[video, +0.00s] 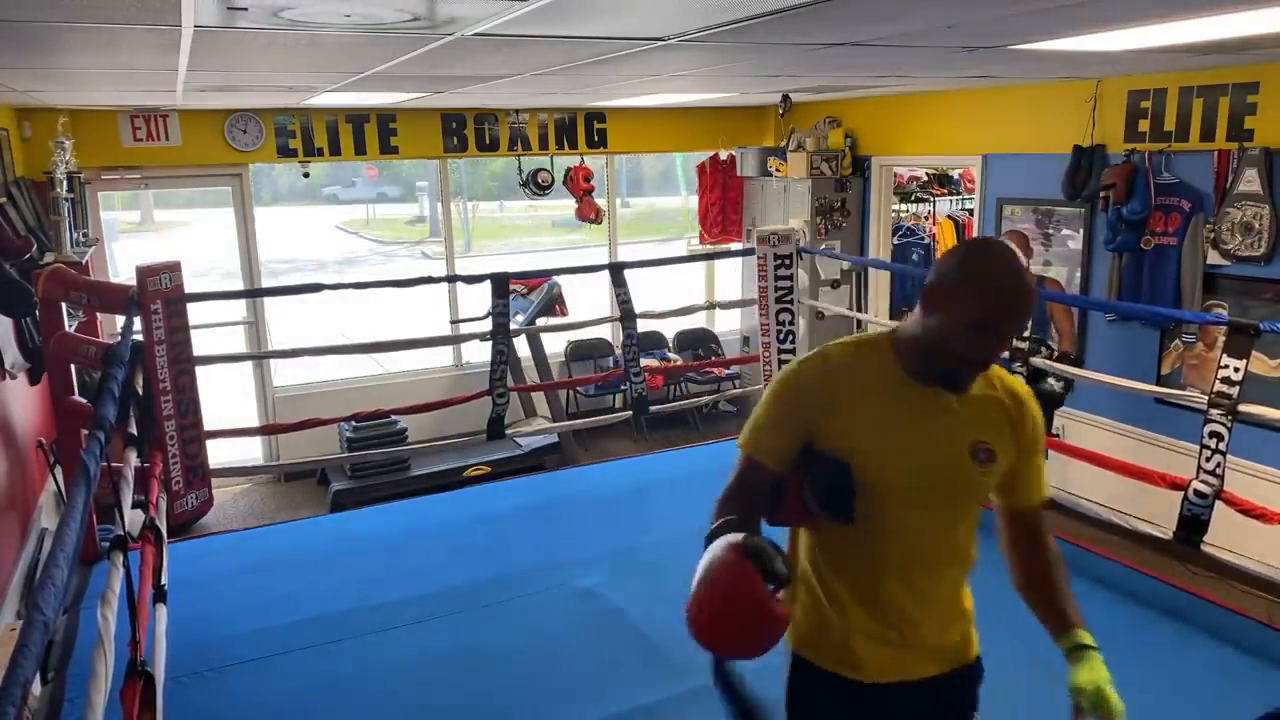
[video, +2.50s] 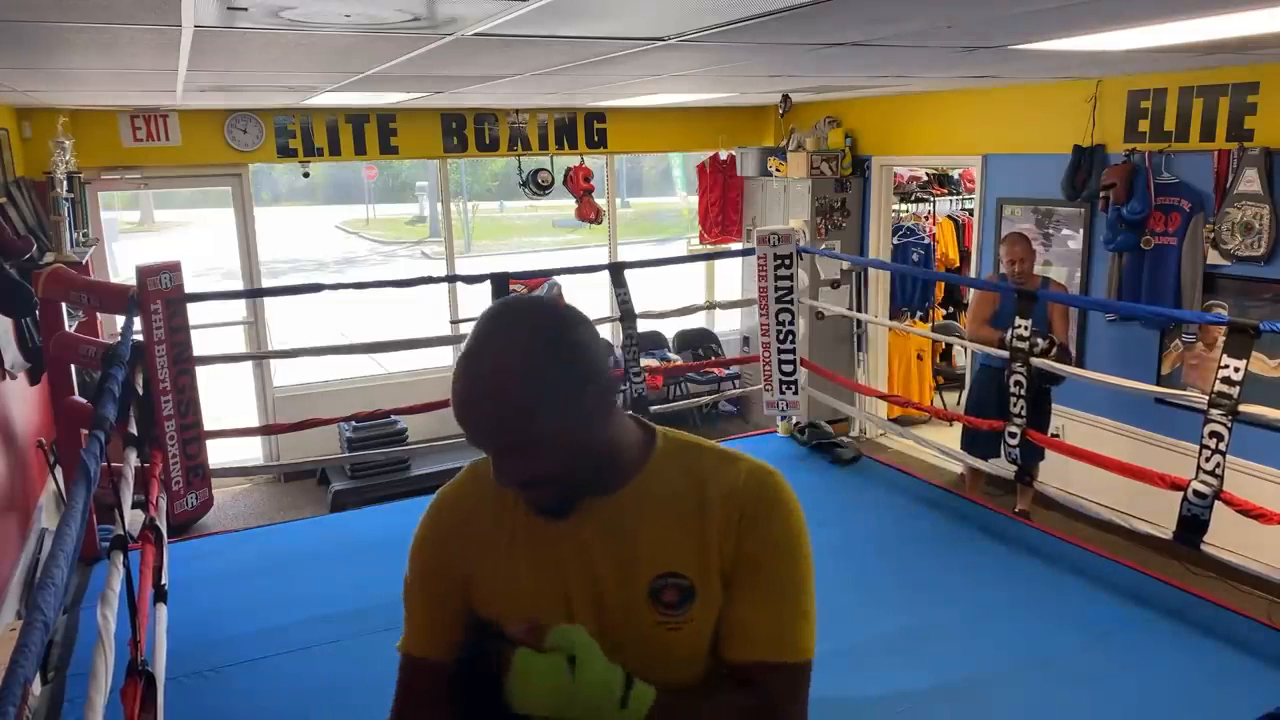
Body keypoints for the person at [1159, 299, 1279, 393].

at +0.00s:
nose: (1219, 326)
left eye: (1222, 322)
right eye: (1214, 320)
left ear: (1225, 327)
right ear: (1201, 324)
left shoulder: (1233, 350)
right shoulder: (1189, 348)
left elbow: (1271, 368)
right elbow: (1163, 369)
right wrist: (1179, 346)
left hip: (1218, 407)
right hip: (1188, 404)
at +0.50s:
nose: (1220, 326)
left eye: (1223, 321)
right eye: (1215, 320)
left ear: (1226, 327)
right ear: (1201, 325)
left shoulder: (1232, 350)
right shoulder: (1189, 349)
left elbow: (1271, 367)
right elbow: (1163, 369)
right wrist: (1179, 345)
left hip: (1218, 408)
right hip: (1188, 404)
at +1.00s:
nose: (1219, 325)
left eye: (1223, 321)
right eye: (1214, 320)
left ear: (1226, 327)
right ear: (1201, 324)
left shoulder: (1232, 350)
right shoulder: (1189, 349)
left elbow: (1271, 367)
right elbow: (1163, 369)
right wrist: (1179, 345)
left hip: (1218, 407)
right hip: (1188, 404)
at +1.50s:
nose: (1220, 326)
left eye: (1223, 322)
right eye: (1215, 321)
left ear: (1226, 327)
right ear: (1201, 325)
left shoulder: (1232, 350)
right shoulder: (1190, 348)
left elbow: (1271, 368)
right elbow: (1163, 369)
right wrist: (1178, 347)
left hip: (1219, 405)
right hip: (1190, 401)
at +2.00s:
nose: (1220, 327)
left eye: (1223, 323)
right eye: (1214, 321)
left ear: (1226, 328)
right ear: (1201, 326)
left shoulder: (1231, 350)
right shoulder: (1189, 349)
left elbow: (1271, 368)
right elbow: (1162, 370)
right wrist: (1178, 347)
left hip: (1218, 406)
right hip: (1189, 402)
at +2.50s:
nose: (1220, 327)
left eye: (1223, 323)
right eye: (1215, 322)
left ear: (1226, 327)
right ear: (1201, 325)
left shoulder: (1231, 350)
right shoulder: (1189, 348)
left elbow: (1270, 368)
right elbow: (1163, 370)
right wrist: (1178, 348)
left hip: (1218, 405)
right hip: (1189, 401)